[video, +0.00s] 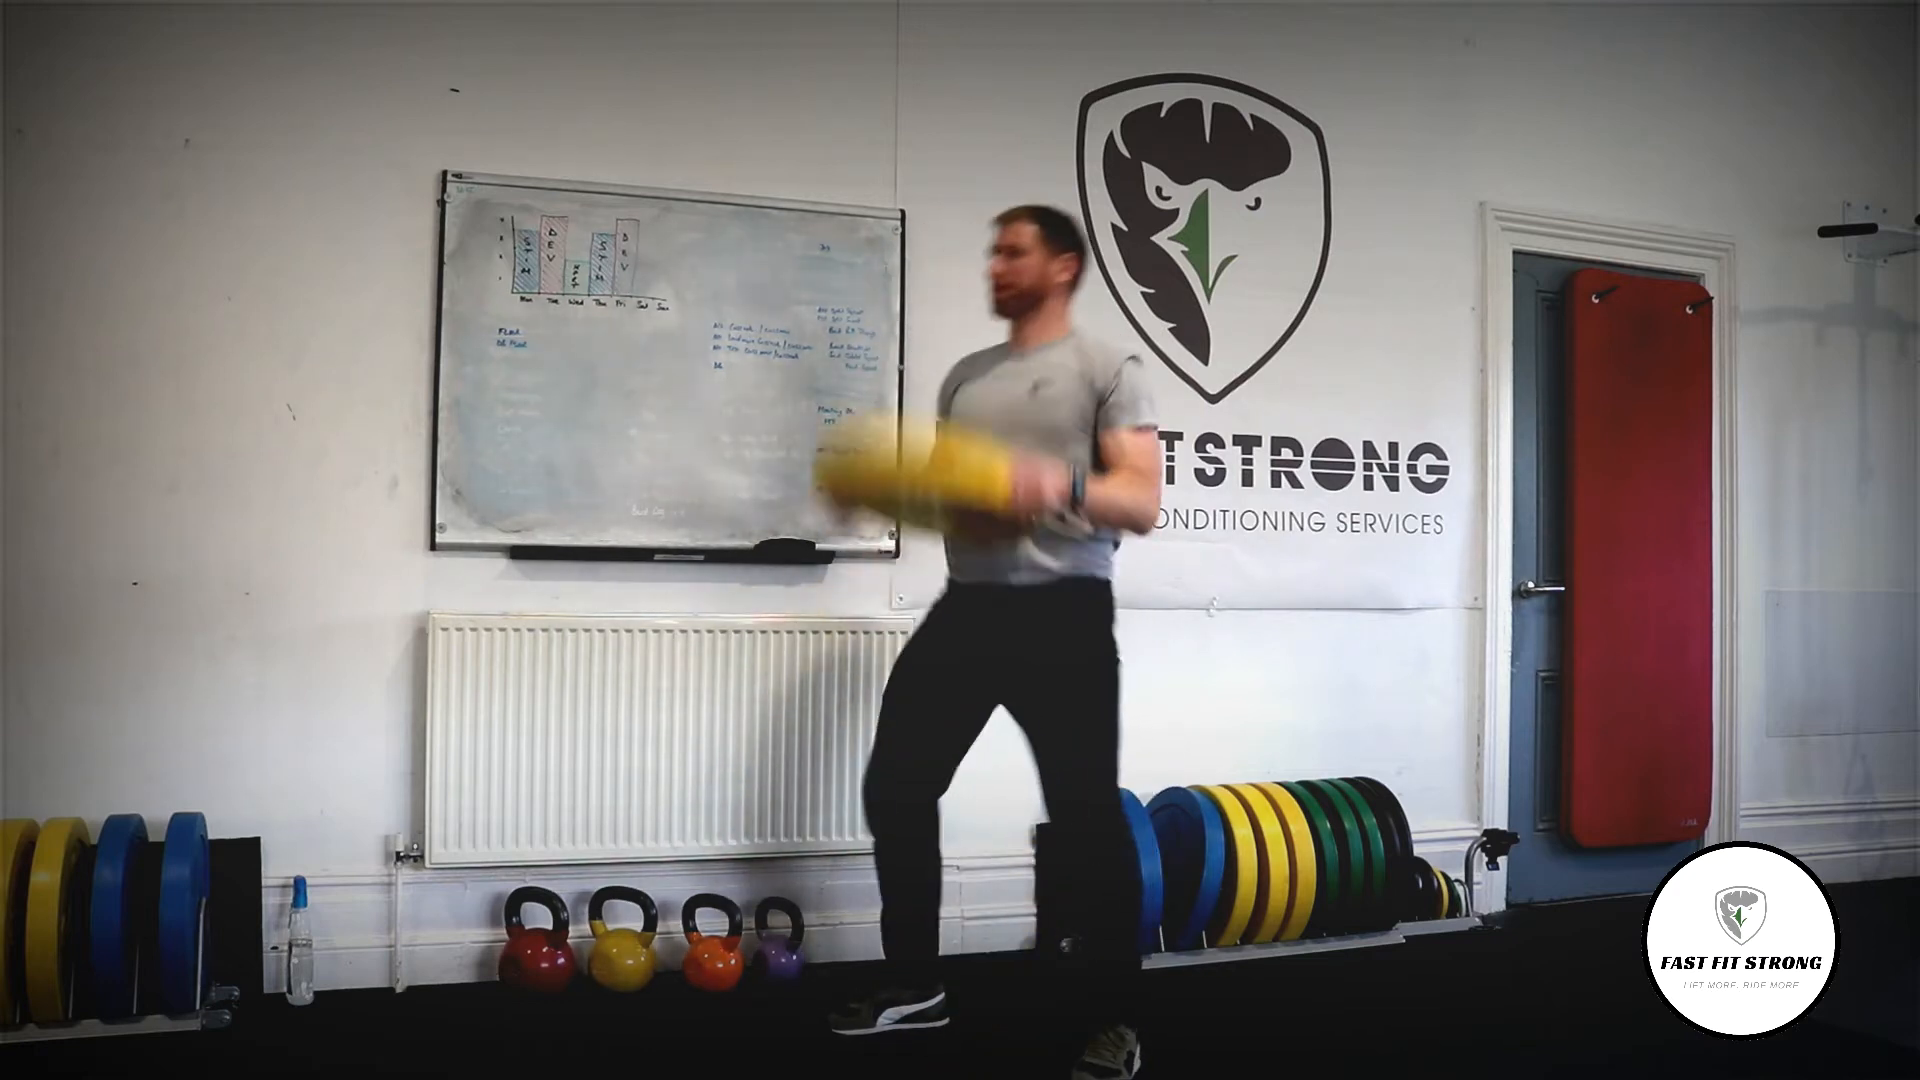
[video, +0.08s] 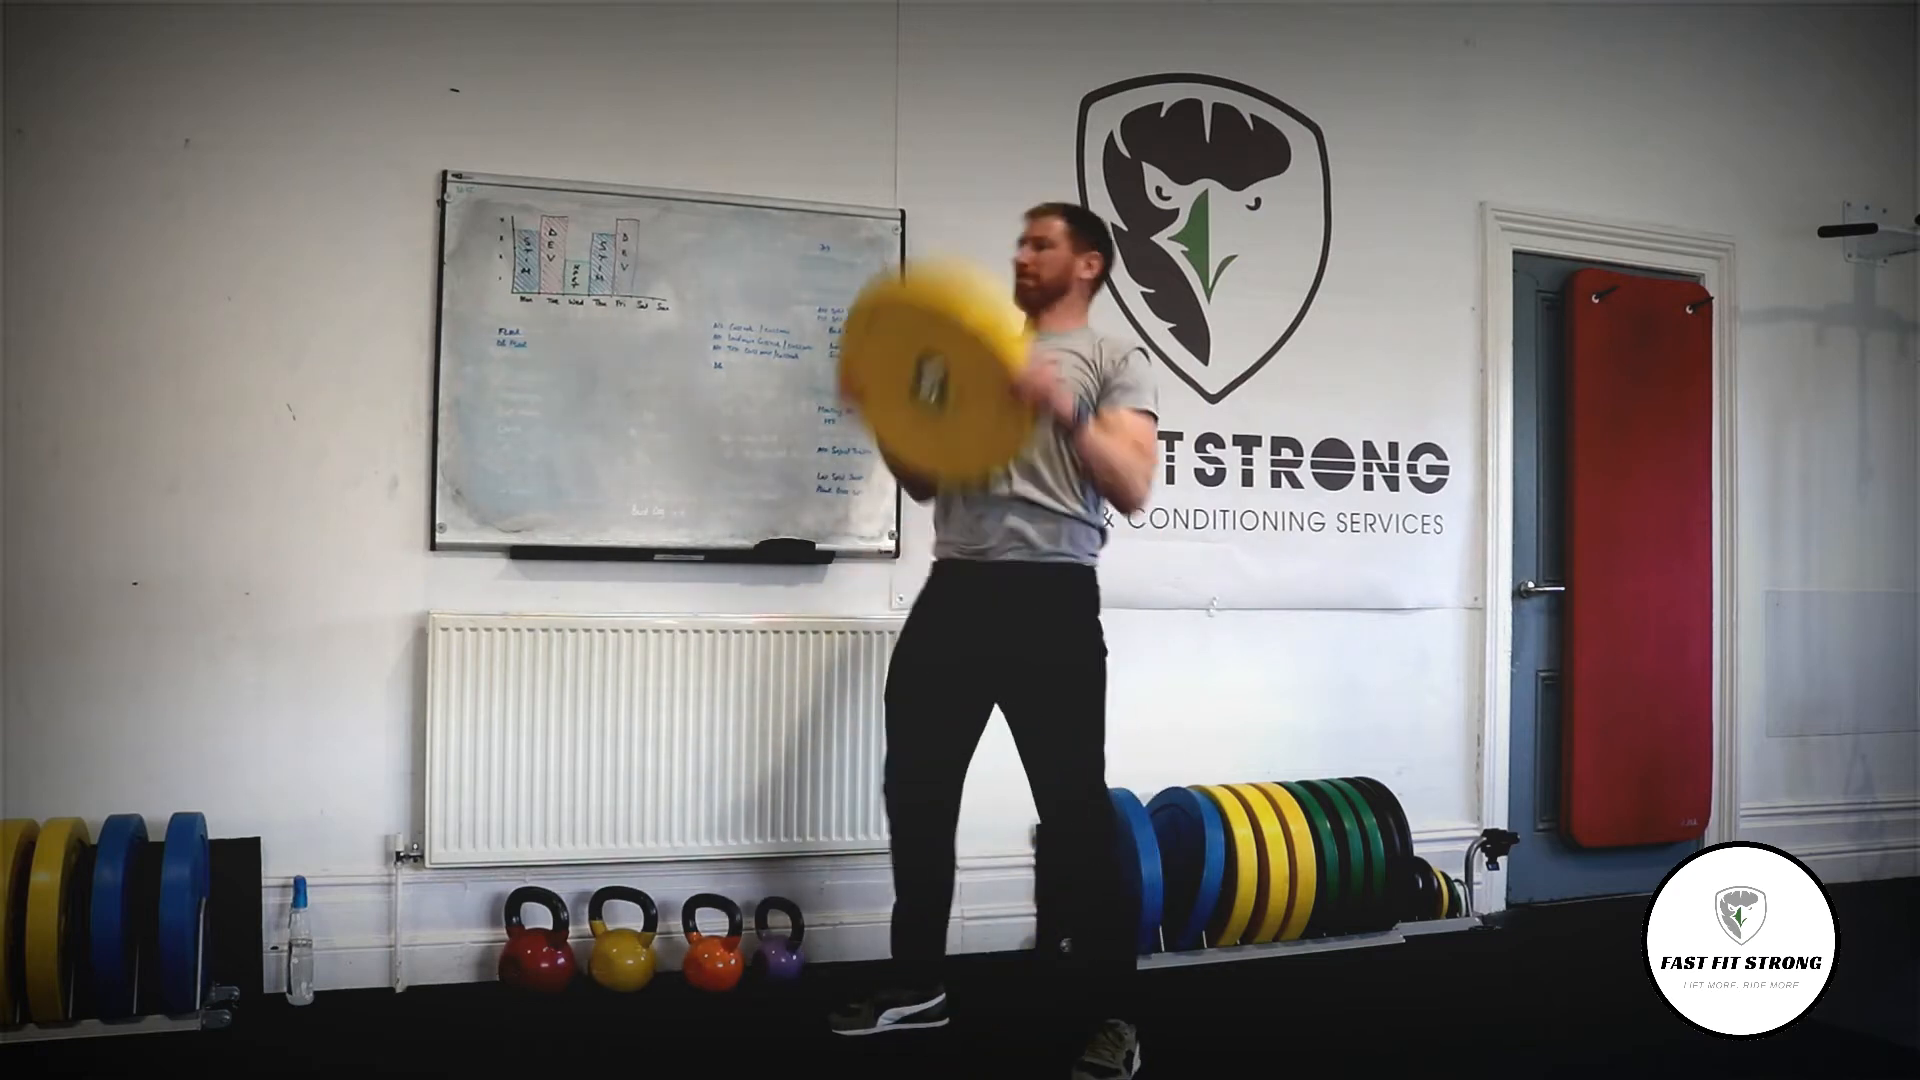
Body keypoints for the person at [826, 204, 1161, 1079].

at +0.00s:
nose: (996, 266)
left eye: (1014, 252)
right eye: (994, 254)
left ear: (1065, 267)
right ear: (997, 269)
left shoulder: (1108, 368)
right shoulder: (965, 379)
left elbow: (1142, 502)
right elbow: (952, 503)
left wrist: (1060, 492)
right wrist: (877, 489)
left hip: (1066, 616)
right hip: (968, 613)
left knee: (1085, 811)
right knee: (897, 788)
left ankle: (1108, 1018)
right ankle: (916, 989)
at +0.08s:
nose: (1021, 259)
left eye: (1040, 246)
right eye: (1019, 246)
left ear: (1089, 264)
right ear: (1018, 261)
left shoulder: (1113, 358)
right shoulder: (987, 353)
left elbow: (1135, 487)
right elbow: (923, 479)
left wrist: (1069, 412)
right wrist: (879, 400)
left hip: (1050, 597)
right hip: (956, 594)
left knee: (1072, 802)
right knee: (917, 793)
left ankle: (1104, 1011)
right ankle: (919, 989)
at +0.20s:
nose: (1047, 249)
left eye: (1069, 244)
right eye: (1045, 240)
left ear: (1097, 278)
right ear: (1028, 264)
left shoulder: (1103, 366)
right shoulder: (977, 361)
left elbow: (1103, 417)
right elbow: (872, 401)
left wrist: (1066, 300)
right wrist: (892, 301)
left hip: (1042, 604)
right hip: (941, 602)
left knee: (1068, 807)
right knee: (923, 802)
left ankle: (1104, 1013)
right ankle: (922, 989)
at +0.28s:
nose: (1044, 246)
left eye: (1064, 243)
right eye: (1043, 238)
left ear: (1088, 277)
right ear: (1024, 268)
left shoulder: (1095, 359)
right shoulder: (962, 345)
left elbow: (1097, 325)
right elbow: (860, 316)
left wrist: (1082, 215)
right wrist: (911, 220)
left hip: (1036, 602)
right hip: (933, 605)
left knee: (1066, 812)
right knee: (921, 811)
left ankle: (1102, 1016)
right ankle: (921, 992)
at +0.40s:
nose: (1030, 228)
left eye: (1053, 226)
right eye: (1027, 220)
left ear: (1079, 258)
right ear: (1008, 248)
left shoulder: (1080, 342)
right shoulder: (953, 326)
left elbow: (1102, 227)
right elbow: (887, 228)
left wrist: (1103, 121)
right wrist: (944, 126)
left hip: (1031, 602)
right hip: (930, 601)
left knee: (1060, 813)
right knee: (920, 811)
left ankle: (1099, 1013)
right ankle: (921, 991)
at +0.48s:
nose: (1012, 218)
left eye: (1033, 213)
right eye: (1008, 211)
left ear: (1060, 248)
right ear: (992, 238)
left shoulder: (1074, 322)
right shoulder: (947, 312)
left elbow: (1100, 190)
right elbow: (920, 202)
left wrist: (1119, 72)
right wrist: (963, 88)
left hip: (1028, 598)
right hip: (925, 597)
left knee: (1060, 810)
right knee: (919, 808)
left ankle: (1098, 1013)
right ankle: (921, 990)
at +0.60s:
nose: (1000, 205)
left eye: (1019, 201)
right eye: (992, 200)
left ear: (1049, 239)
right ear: (975, 229)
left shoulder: (1065, 311)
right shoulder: (948, 307)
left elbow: (1099, 170)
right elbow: (957, 186)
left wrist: (1136, 59)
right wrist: (979, 79)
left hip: (1026, 593)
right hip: (926, 593)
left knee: (1062, 810)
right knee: (923, 808)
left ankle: (1097, 1014)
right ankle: (922, 993)